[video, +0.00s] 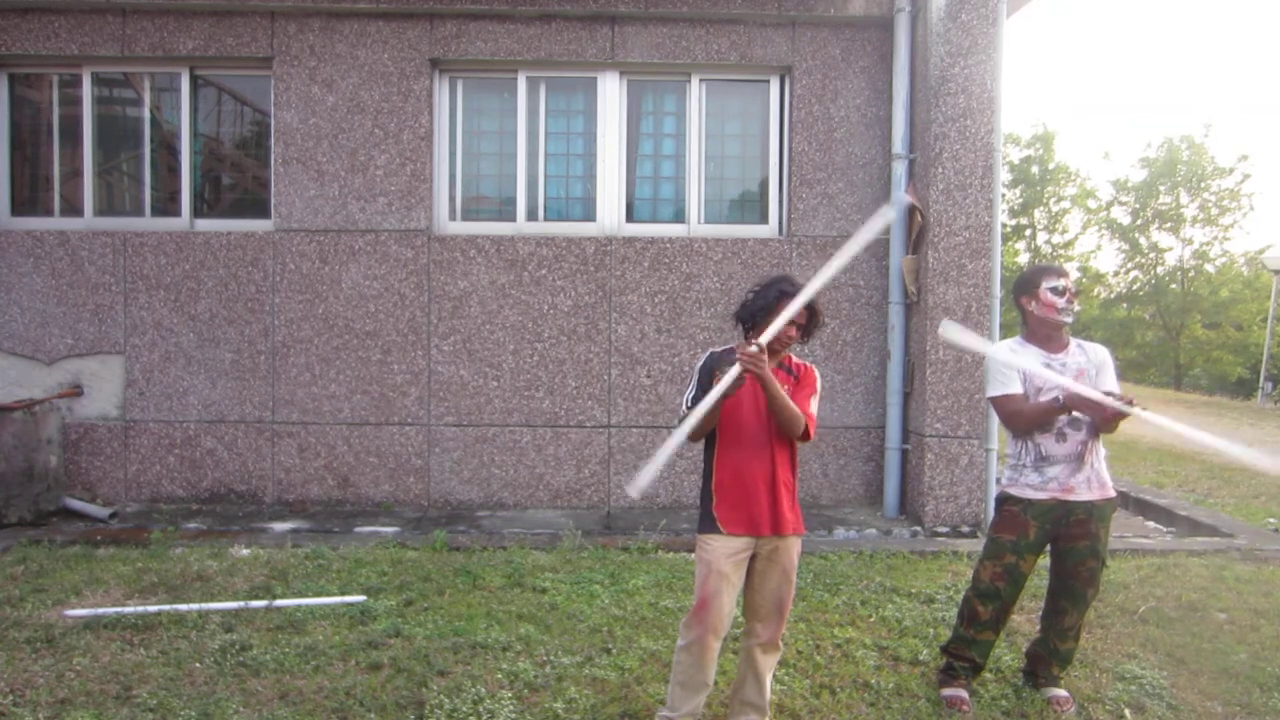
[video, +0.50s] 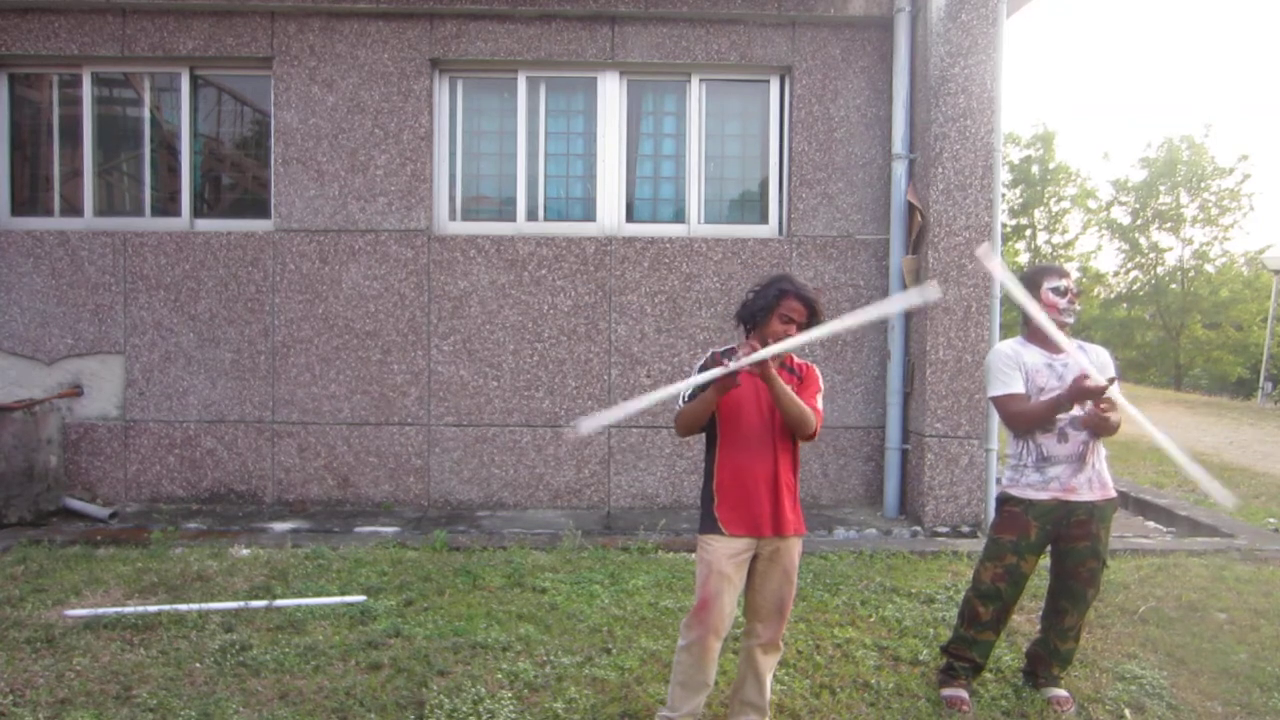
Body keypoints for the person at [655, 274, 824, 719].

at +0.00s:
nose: (793, 332)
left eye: (800, 327)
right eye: (787, 320)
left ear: (803, 332)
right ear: (759, 315)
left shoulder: (804, 373)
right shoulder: (717, 363)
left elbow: (800, 430)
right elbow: (693, 430)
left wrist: (767, 376)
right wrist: (721, 390)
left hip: (782, 520)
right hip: (724, 519)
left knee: (767, 635)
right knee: (707, 624)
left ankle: (750, 715)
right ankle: (678, 714)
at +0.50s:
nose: (792, 331)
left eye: (800, 325)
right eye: (785, 319)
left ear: (805, 330)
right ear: (758, 317)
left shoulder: (805, 372)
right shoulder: (719, 362)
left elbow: (808, 428)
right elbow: (684, 426)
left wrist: (771, 374)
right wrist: (722, 385)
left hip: (783, 521)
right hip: (726, 520)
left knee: (767, 636)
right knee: (707, 626)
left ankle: (749, 715)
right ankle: (678, 714)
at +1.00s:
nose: (788, 322)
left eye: (798, 317)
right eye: (781, 310)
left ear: (803, 326)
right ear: (758, 311)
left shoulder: (806, 372)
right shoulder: (722, 363)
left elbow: (805, 441)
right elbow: (693, 428)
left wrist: (762, 402)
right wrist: (722, 391)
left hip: (783, 521)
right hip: (726, 519)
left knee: (767, 635)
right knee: (709, 624)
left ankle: (749, 714)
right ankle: (678, 714)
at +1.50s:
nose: (788, 321)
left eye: (798, 315)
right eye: (781, 309)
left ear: (804, 326)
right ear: (758, 310)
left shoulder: (809, 374)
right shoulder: (722, 362)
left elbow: (805, 442)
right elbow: (696, 429)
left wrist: (766, 406)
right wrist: (724, 389)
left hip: (784, 521)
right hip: (727, 519)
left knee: (767, 635)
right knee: (709, 624)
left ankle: (749, 715)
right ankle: (678, 714)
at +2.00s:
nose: (790, 320)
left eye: (800, 315)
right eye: (783, 308)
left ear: (805, 326)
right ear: (761, 308)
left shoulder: (807, 373)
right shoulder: (723, 358)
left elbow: (800, 428)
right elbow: (713, 429)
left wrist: (751, 396)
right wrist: (732, 382)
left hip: (785, 519)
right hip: (728, 516)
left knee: (768, 635)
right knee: (709, 621)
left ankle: (749, 715)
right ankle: (678, 714)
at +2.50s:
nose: (794, 312)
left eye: (802, 308)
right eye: (785, 303)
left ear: (808, 320)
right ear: (759, 310)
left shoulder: (807, 369)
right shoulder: (723, 360)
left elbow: (814, 414)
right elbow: (696, 421)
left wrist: (779, 354)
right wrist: (728, 370)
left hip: (784, 520)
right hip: (726, 519)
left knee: (767, 636)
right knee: (708, 622)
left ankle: (749, 714)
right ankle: (678, 713)